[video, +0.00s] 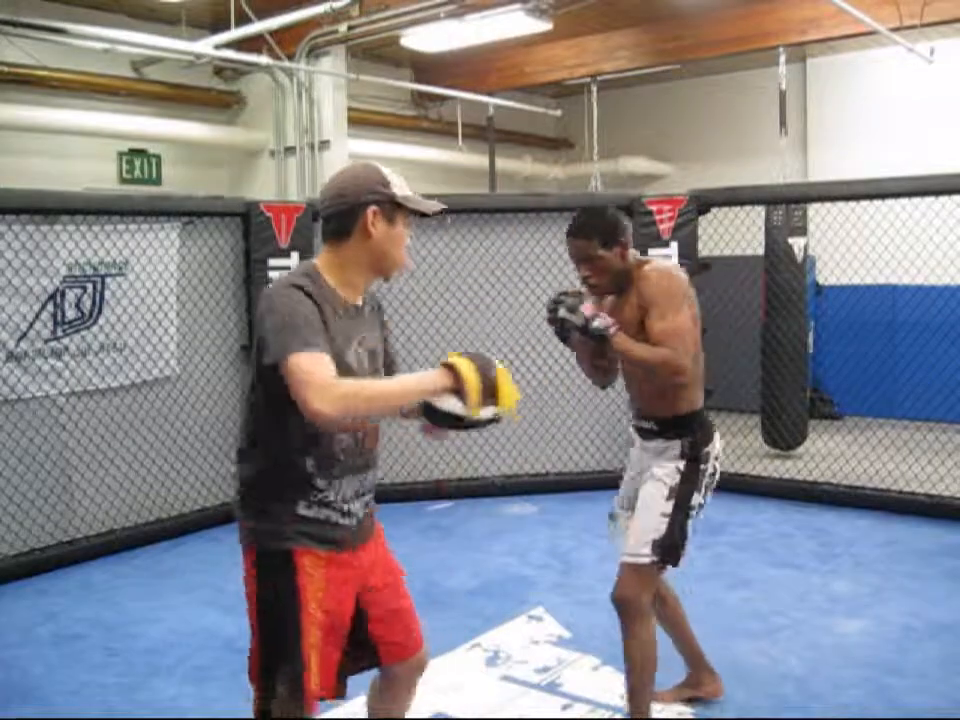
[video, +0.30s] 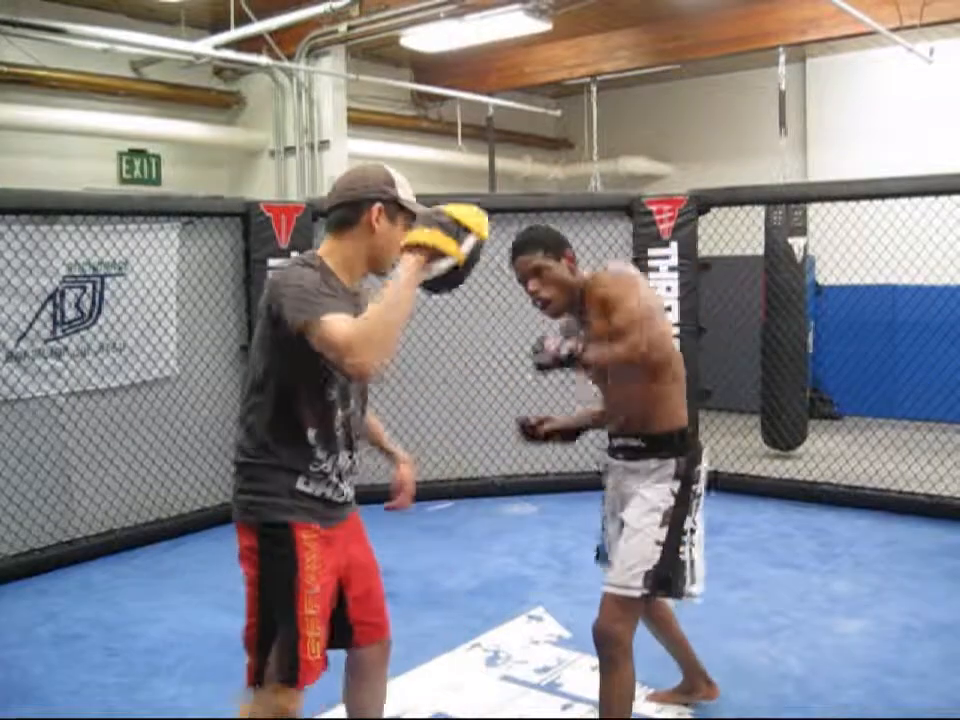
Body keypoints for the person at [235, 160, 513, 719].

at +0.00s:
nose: (410, 240)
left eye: (410, 226)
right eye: (403, 223)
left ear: (369, 225)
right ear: (371, 223)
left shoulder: (368, 306)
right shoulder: (289, 301)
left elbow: (371, 396)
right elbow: (321, 401)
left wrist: (426, 412)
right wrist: (443, 380)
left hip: (358, 527)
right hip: (292, 540)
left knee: (405, 663)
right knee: (290, 700)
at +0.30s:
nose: (406, 239)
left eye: (410, 228)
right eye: (404, 225)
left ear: (368, 218)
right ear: (374, 216)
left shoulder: (351, 293)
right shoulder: (292, 279)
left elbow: (341, 400)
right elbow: (361, 354)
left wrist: (395, 451)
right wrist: (412, 266)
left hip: (335, 507)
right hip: (282, 511)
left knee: (371, 643)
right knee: (281, 687)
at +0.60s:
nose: (354, 261)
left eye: (355, 246)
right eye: (348, 245)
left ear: (312, 245)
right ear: (312, 243)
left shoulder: (306, 319)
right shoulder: (238, 318)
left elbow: (312, 407)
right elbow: (235, 425)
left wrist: (374, 449)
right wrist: (341, 390)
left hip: (302, 527)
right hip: (238, 540)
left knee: (374, 655)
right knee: (212, 703)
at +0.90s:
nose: (298, 243)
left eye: (298, 230)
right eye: (292, 228)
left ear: (254, 226)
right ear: (257, 225)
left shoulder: (226, 296)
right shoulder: (208, 310)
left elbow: (192, 411)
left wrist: (241, 465)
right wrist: (335, 319)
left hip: (221, 519)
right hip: (175, 529)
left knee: (292, 632)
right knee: (160, 700)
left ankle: (313, 714)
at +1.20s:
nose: (294, 272)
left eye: (296, 259)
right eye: (290, 256)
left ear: (250, 251)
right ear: (262, 250)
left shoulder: (199, 310)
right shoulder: (231, 323)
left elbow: (130, 412)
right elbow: (209, 443)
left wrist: (110, 500)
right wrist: (297, 427)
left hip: (196, 529)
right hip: (207, 538)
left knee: (257, 637)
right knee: (168, 699)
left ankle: (227, 713)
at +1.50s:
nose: (356, 271)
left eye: (360, 259)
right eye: (356, 256)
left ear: (303, 245)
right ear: (333, 246)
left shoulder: (239, 298)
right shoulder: (324, 304)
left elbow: (228, 395)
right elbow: (326, 408)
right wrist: (384, 428)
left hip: (220, 492)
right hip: (288, 496)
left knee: (204, 641)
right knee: (375, 606)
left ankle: (188, 715)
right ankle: (351, 711)